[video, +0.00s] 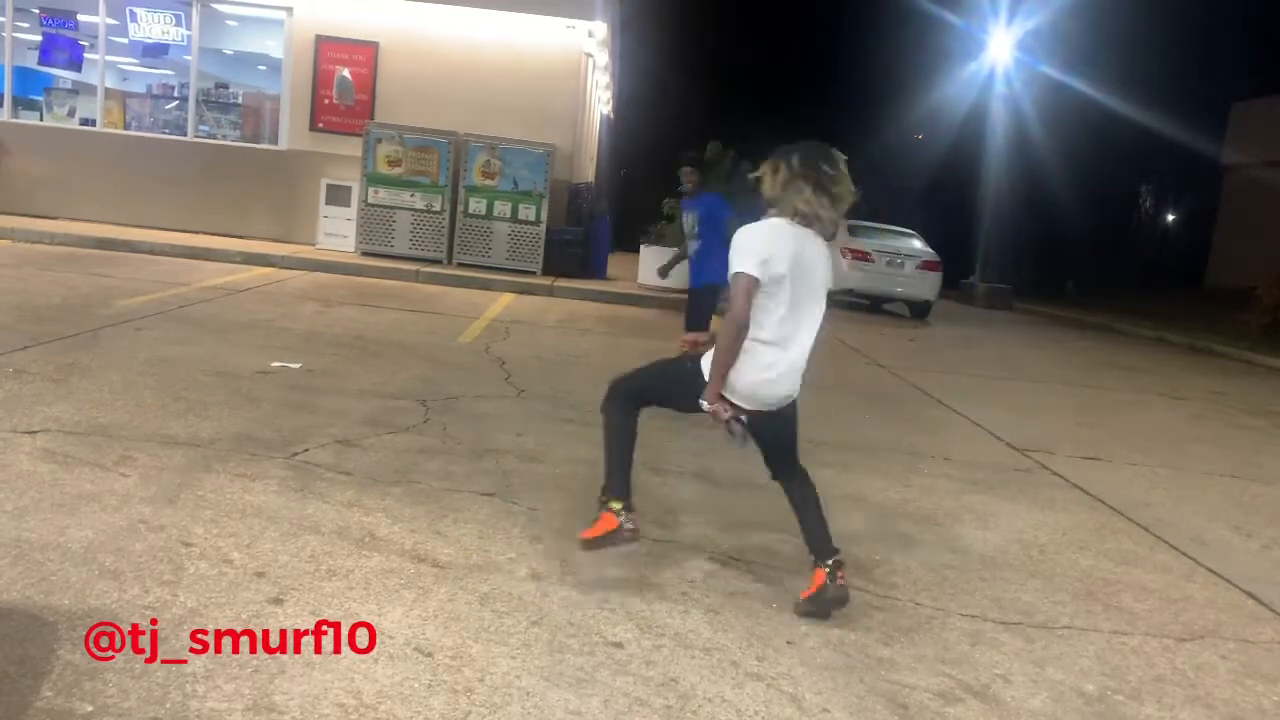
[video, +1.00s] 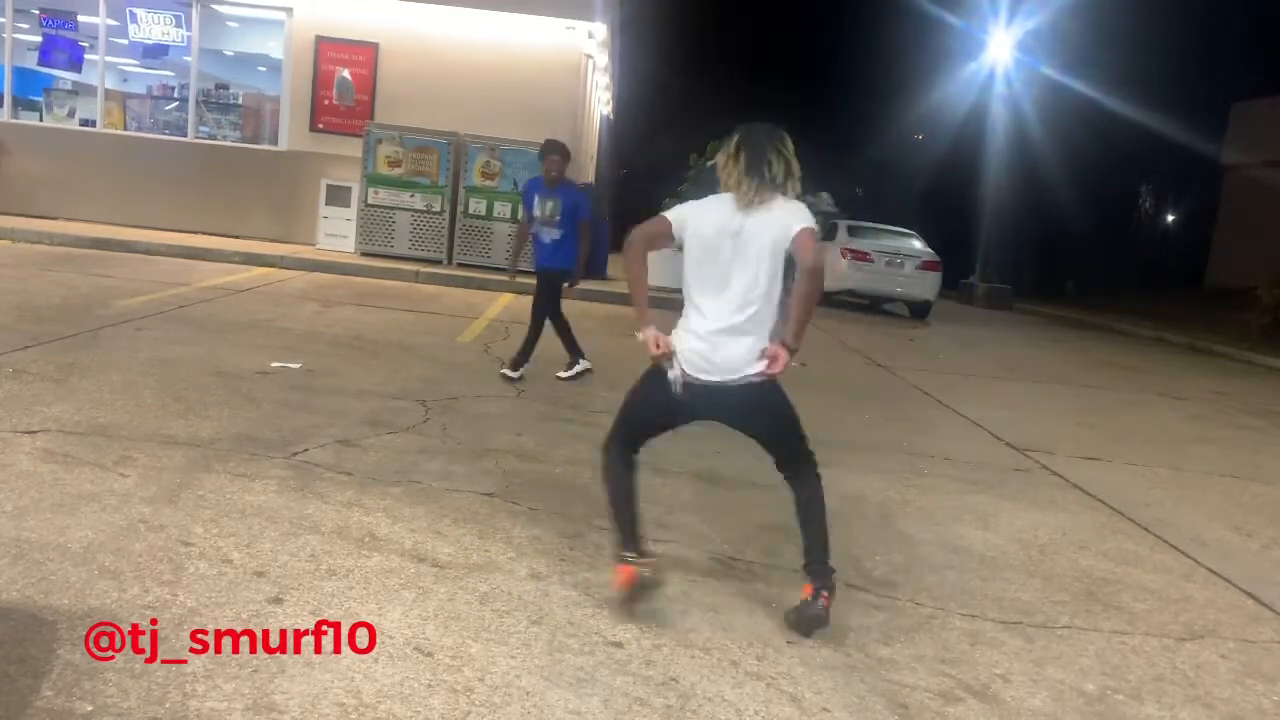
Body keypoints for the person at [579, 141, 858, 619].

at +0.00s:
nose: (765, 184)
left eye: (771, 178)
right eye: (769, 177)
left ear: (779, 183)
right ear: (826, 194)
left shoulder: (755, 236)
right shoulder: (820, 251)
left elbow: (739, 317)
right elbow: (790, 324)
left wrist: (716, 387)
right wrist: (715, 339)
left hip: (726, 376)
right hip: (778, 390)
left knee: (622, 393)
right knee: (789, 470)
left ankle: (616, 508)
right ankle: (829, 568)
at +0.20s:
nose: (750, 186)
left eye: (755, 178)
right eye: (754, 178)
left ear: (766, 181)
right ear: (813, 184)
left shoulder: (745, 242)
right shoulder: (826, 247)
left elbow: (725, 327)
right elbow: (836, 335)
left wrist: (724, 393)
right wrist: (798, 370)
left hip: (732, 384)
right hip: (787, 392)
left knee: (652, 447)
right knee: (770, 492)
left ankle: (613, 563)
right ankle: (827, 591)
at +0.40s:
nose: (749, 206)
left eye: (756, 198)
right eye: (752, 196)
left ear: (773, 205)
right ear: (809, 205)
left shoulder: (757, 259)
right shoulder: (837, 243)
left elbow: (706, 329)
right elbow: (885, 297)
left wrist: (725, 404)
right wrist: (849, 362)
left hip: (762, 388)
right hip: (818, 400)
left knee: (676, 397)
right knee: (783, 471)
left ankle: (641, 483)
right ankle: (848, 568)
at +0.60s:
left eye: (762, 188)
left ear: (765, 192)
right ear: (822, 194)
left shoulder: (736, 247)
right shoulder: (837, 242)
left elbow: (700, 324)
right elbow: (873, 304)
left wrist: (714, 399)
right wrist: (848, 385)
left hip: (739, 402)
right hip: (800, 405)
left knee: (728, 485)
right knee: (806, 483)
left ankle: (692, 568)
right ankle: (849, 583)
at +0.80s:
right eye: (809, 186)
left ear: (752, 184)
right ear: (806, 188)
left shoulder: (715, 234)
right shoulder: (813, 242)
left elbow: (673, 298)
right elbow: (828, 309)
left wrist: (675, 377)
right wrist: (804, 387)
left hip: (713, 395)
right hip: (773, 398)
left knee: (733, 493)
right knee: (785, 481)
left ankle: (689, 589)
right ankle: (788, 566)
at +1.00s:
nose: (719, 166)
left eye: (724, 158)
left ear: (729, 164)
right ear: (784, 168)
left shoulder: (698, 211)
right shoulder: (793, 213)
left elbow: (636, 240)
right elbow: (811, 262)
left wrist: (645, 322)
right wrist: (789, 340)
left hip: (681, 380)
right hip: (751, 388)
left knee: (619, 447)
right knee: (800, 468)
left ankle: (629, 556)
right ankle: (818, 584)